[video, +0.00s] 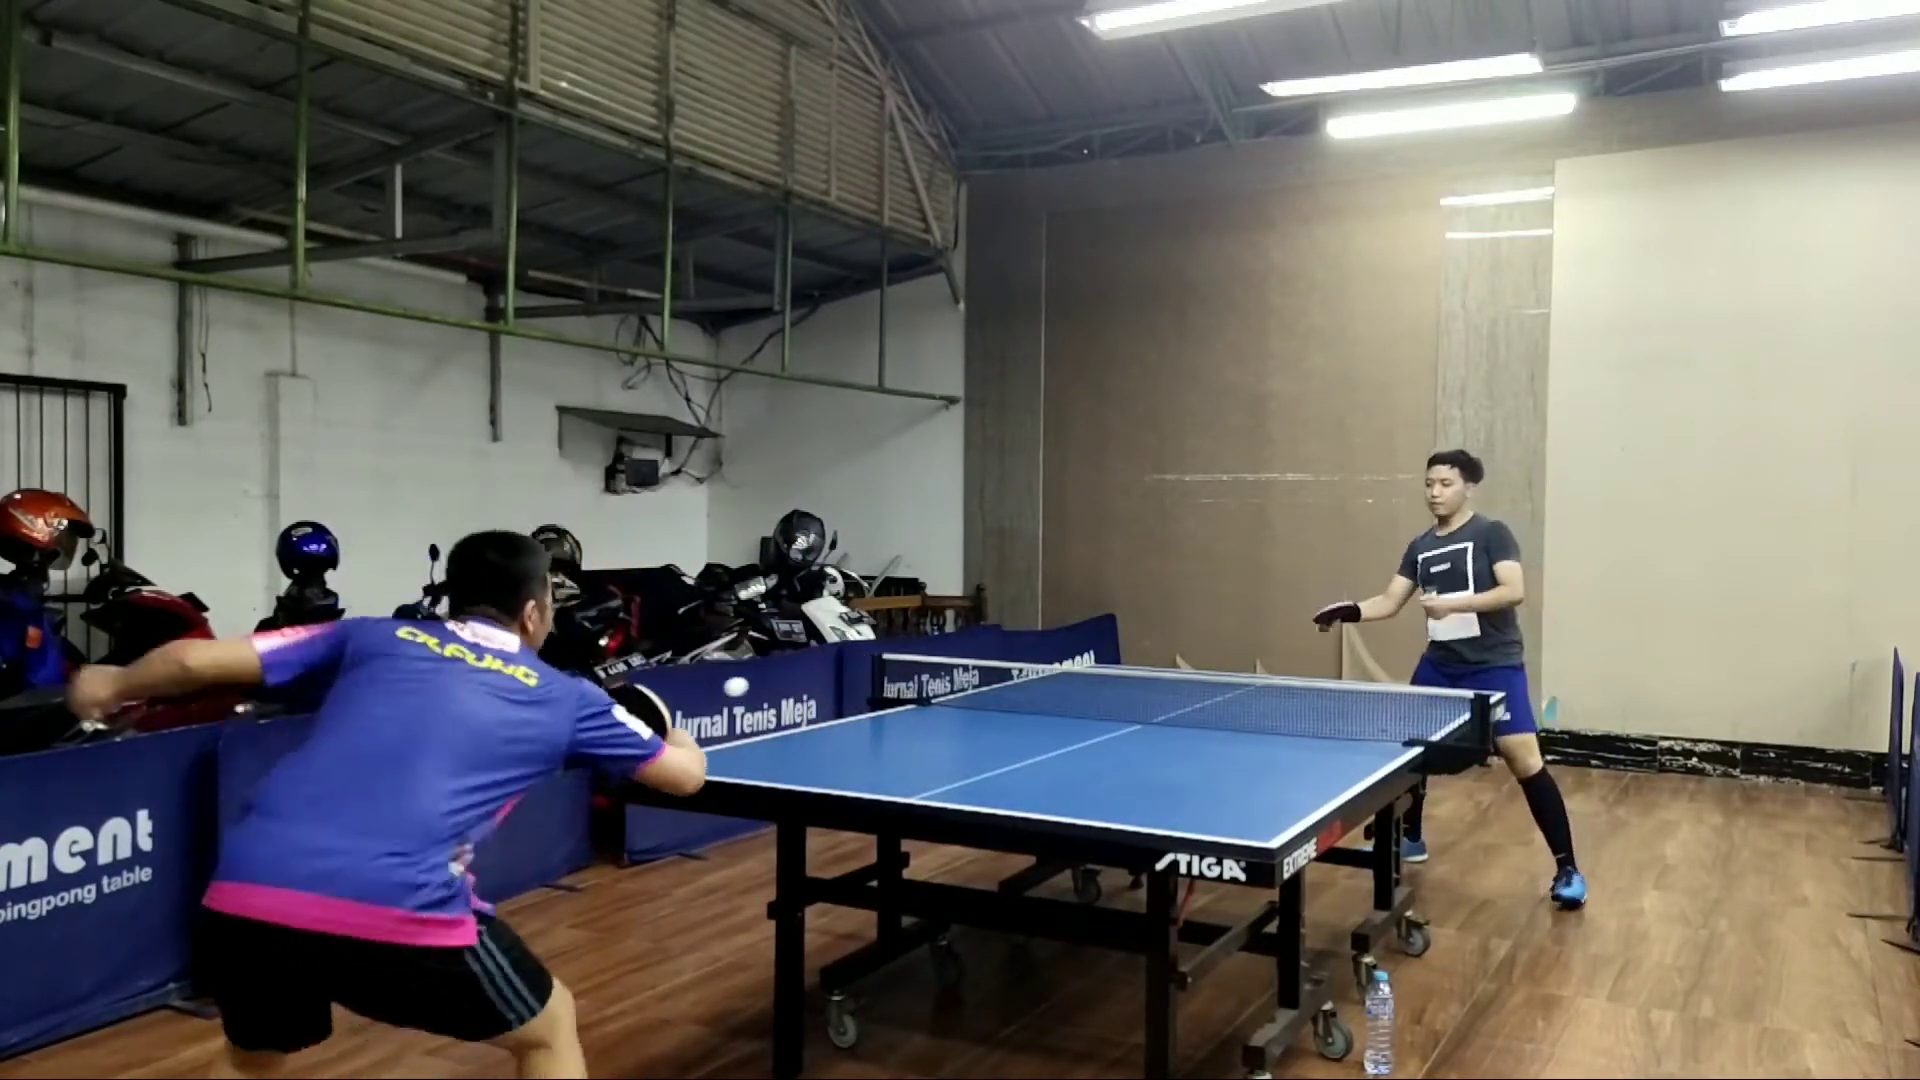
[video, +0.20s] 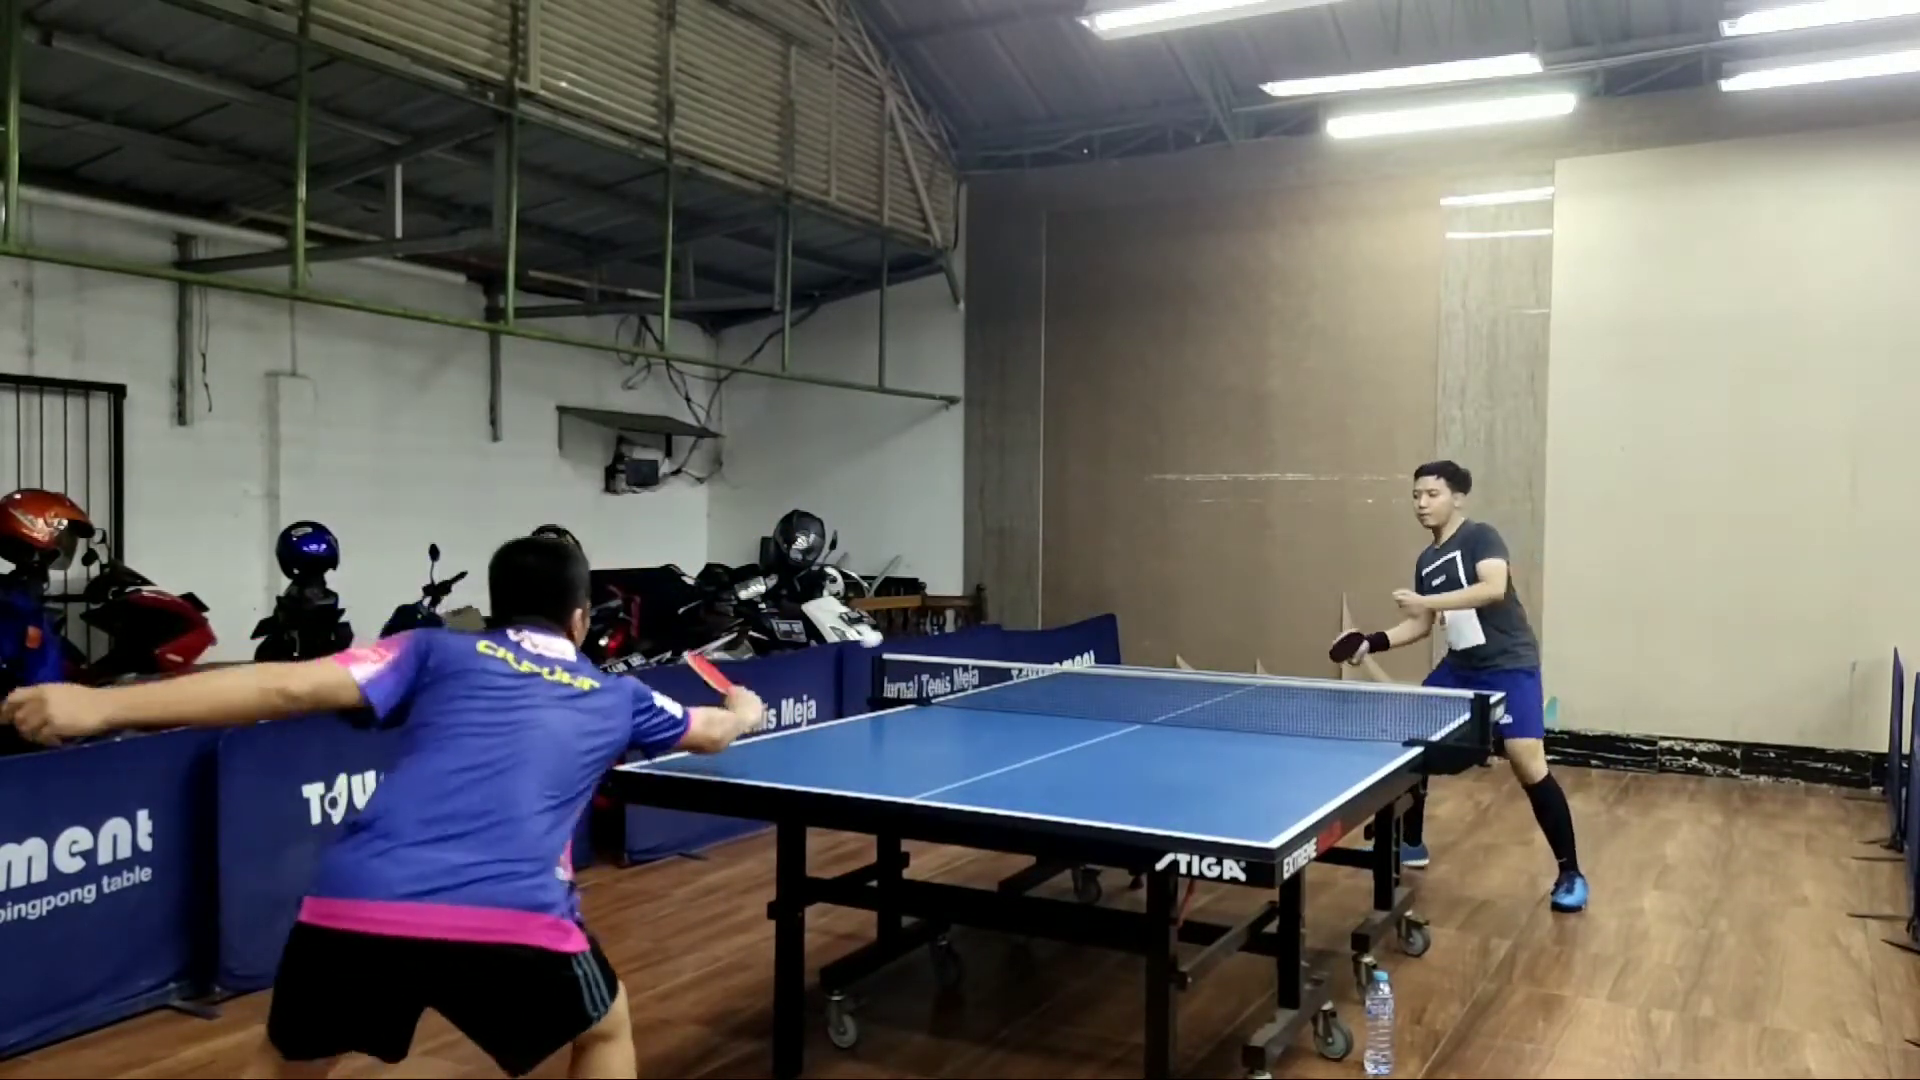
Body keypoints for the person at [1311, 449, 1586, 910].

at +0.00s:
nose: (1435, 491)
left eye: (1446, 484)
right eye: (1431, 483)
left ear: (1469, 488)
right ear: (1426, 489)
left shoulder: (1491, 534)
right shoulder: (1421, 546)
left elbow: (1513, 590)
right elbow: (1390, 601)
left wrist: (1452, 604)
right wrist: (1348, 611)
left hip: (1496, 666)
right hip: (1439, 664)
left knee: (1525, 762)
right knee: (1408, 744)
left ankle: (1567, 870)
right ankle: (1411, 837)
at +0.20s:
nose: (1422, 502)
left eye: (1432, 493)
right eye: (1417, 495)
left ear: (1458, 498)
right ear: (1416, 502)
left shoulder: (1481, 537)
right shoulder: (1427, 561)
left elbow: (1493, 589)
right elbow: (1418, 623)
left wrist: (1427, 603)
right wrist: (1371, 641)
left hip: (1510, 666)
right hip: (1458, 666)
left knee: (1526, 761)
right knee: (1409, 738)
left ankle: (1570, 873)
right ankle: (1410, 840)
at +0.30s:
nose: (1410, 518)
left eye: (1418, 508)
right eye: (1405, 511)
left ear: (1446, 511)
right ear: (1406, 518)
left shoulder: (1468, 547)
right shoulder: (1431, 573)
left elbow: (1465, 596)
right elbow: (1440, 639)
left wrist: (1393, 613)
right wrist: (1387, 671)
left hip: (1509, 670)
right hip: (1461, 670)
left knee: (1517, 768)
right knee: (1402, 735)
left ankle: (1569, 875)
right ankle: (1406, 838)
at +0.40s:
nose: (1392, 538)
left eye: (1400, 528)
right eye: (1388, 531)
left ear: (1427, 528)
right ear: (1394, 536)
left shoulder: (1445, 561)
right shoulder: (1425, 575)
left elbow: (1418, 606)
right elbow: (1447, 648)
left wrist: (1349, 622)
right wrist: (1428, 683)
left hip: (1500, 682)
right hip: (1452, 683)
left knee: (1507, 782)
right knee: (1385, 737)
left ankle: (1568, 876)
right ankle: (1379, 837)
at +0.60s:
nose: (1337, 553)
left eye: (1345, 545)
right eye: (1336, 546)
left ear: (1373, 546)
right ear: (1372, 549)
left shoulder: (1377, 570)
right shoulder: (1383, 580)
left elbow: (1366, 597)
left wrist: (1309, 616)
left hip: (1446, 688)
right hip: (1407, 690)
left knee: (1478, 781)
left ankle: (1564, 873)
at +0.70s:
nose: (1317, 527)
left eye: (1326, 519)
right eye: (1317, 520)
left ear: (1354, 525)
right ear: (1332, 530)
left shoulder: (1374, 551)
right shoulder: (1337, 579)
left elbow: (1388, 586)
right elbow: (1359, 647)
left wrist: (1343, 598)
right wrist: (1331, 665)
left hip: (1425, 666)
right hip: (1378, 673)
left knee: (1470, 755)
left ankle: (1531, 849)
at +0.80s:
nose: (1319, 514)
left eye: (1327, 505)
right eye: (1316, 507)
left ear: (1355, 508)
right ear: (1316, 514)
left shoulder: (1384, 548)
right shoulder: (1311, 561)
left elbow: (1417, 590)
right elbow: (1263, 582)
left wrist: (1406, 572)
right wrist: (1256, 549)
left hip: (1403, 655)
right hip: (1350, 664)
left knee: (1449, 687)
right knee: (1301, 716)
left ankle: (1479, 801)